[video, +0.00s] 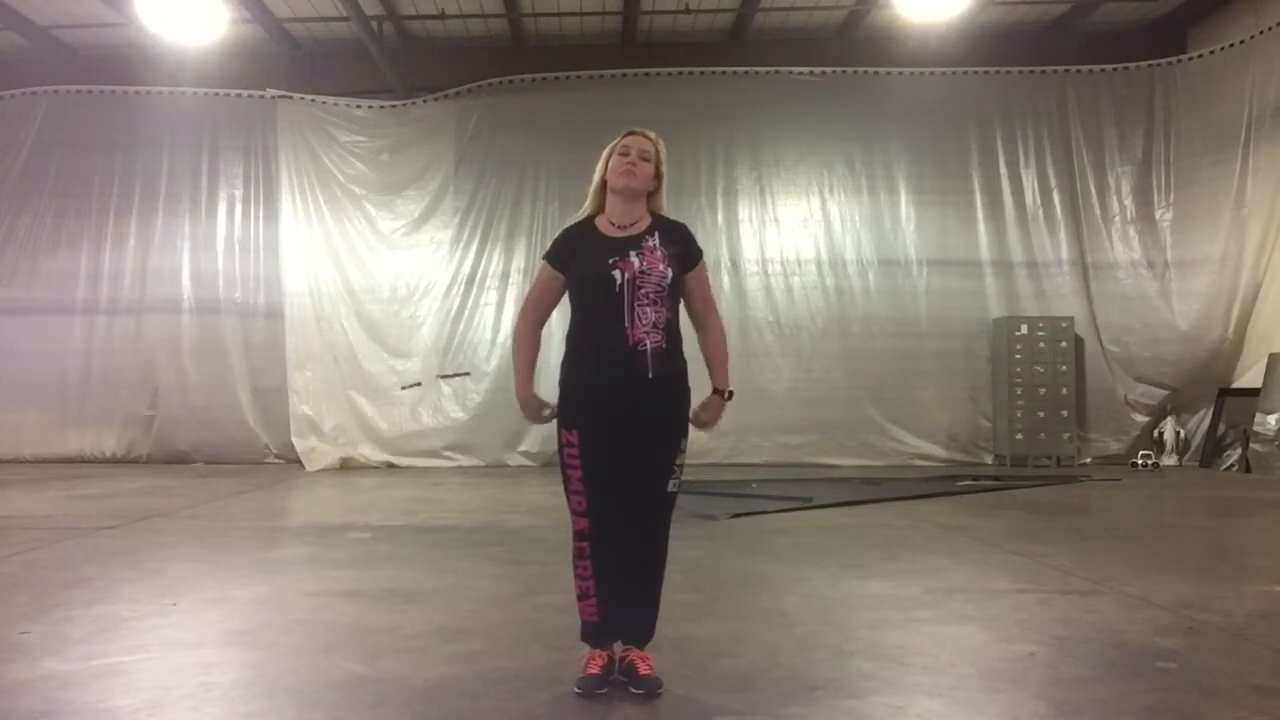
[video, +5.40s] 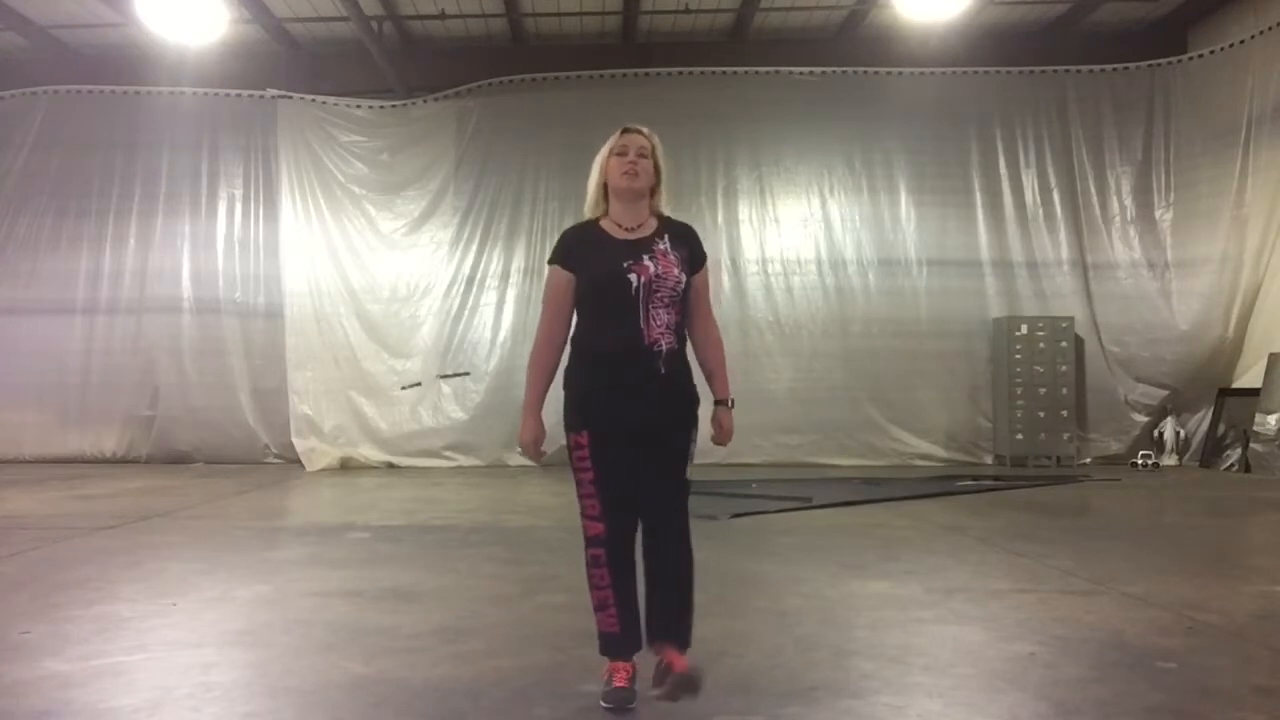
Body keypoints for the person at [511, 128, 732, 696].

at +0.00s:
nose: (631, 163)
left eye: (643, 158)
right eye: (622, 155)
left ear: (657, 177)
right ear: (604, 168)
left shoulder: (676, 239)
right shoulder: (576, 240)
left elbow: (706, 317)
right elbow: (531, 314)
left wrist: (721, 388)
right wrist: (523, 390)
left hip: (659, 406)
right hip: (589, 405)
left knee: (647, 524)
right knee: (593, 527)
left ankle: (634, 649)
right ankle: (599, 649)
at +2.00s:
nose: (634, 181)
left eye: (646, 172)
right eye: (625, 171)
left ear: (661, 182)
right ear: (608, 179)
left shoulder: (686, 247)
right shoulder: (583, 247)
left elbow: (707, 330)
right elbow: (557, 335)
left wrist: (727, 402)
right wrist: (531, 407)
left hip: (669, 411)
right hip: (600, 409)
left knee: (653, 526)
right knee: (601, 528)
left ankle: (635, 649)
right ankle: (599, 650)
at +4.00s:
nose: (641, 178)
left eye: (651, 170)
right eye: (630, 170)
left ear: (667, 180)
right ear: (615, 182)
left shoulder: (695, 248)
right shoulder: (592, 249)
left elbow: (713, 335)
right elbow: (565, 334)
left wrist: (725, 410)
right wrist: (540, 404)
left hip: (678, 411)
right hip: (608, 410)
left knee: (660, 528)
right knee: (608, 528)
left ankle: (639, 649)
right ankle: (607, 660)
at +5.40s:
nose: (632, 162)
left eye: (642, 155)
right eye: (621, 154)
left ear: (657, 170)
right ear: (603, 168)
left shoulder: (682, 239)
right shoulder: (578, 242)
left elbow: (702, 325)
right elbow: (551, 333)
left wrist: (722, 396)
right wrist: (531, 411)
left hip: (668, 406)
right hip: (598, 408)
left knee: (668, 526)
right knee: (607, 534)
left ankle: (671, 649)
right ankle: (619, 659)